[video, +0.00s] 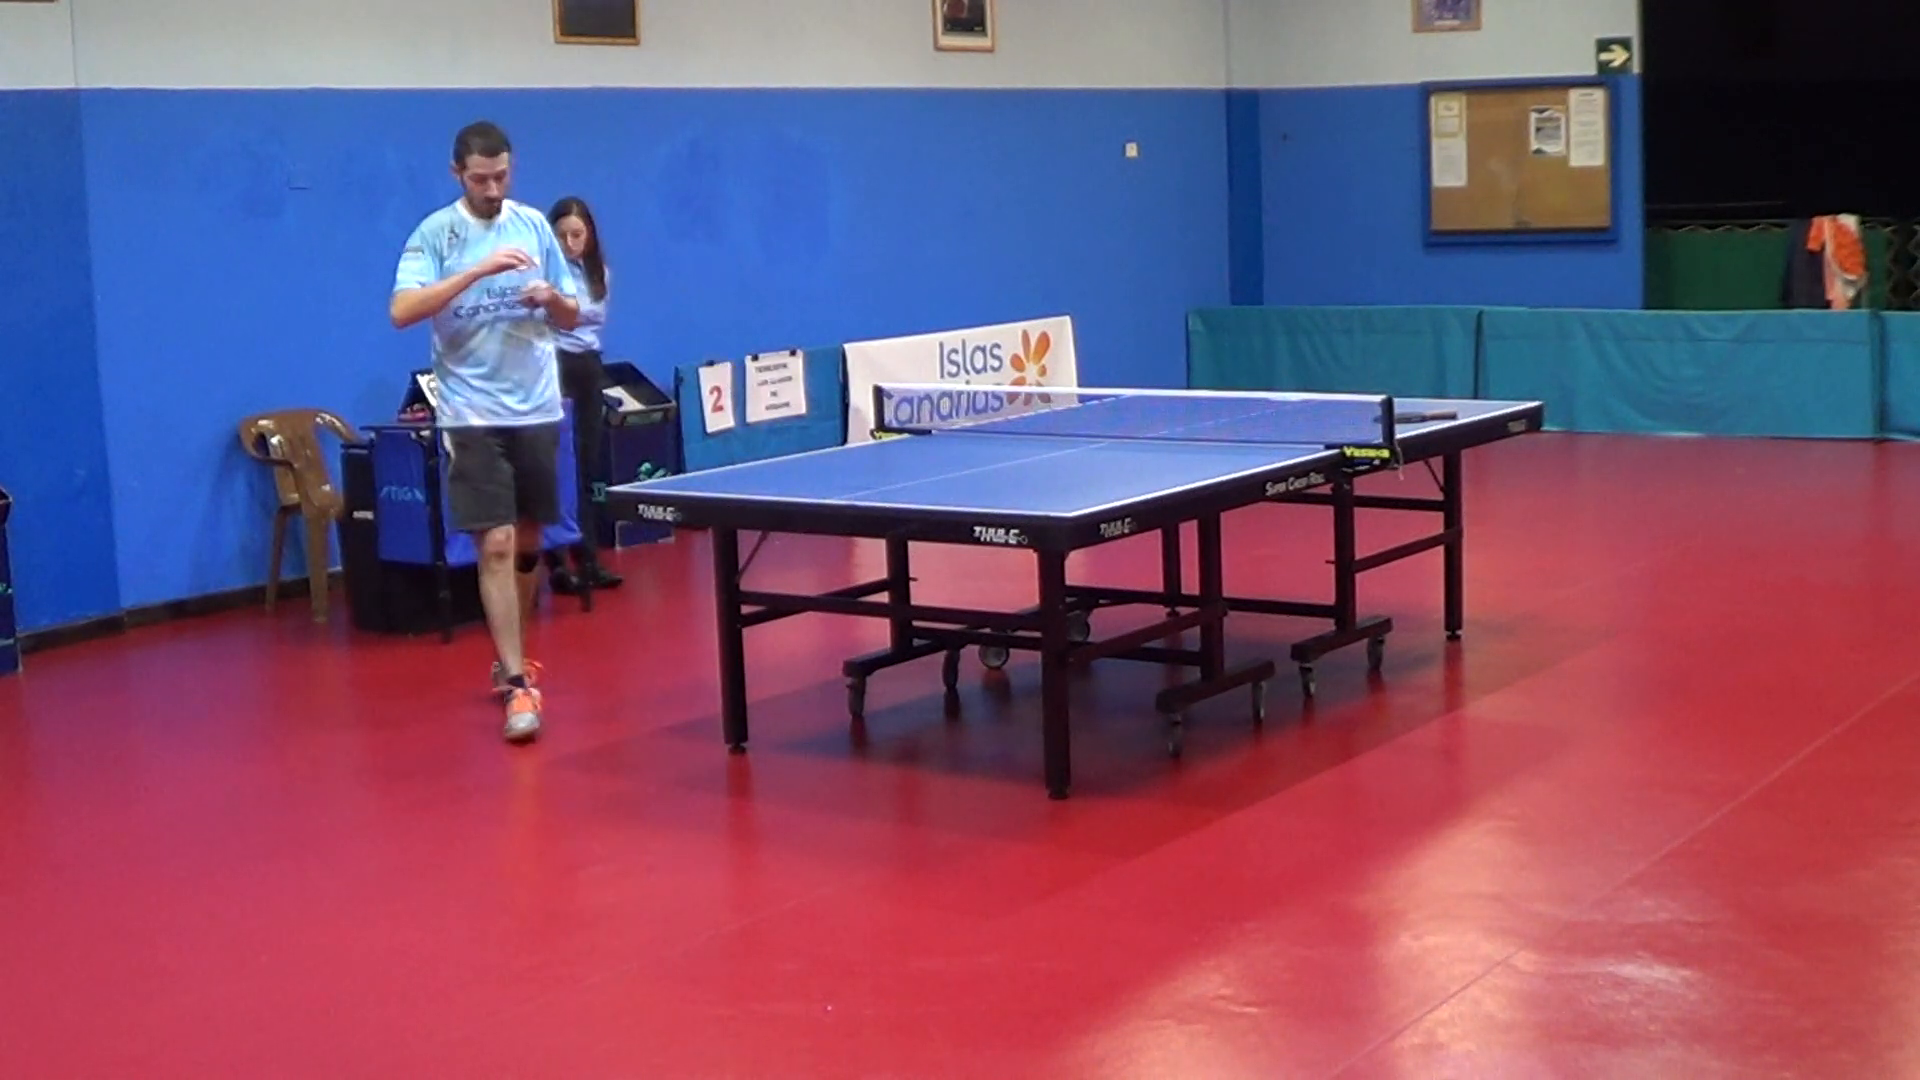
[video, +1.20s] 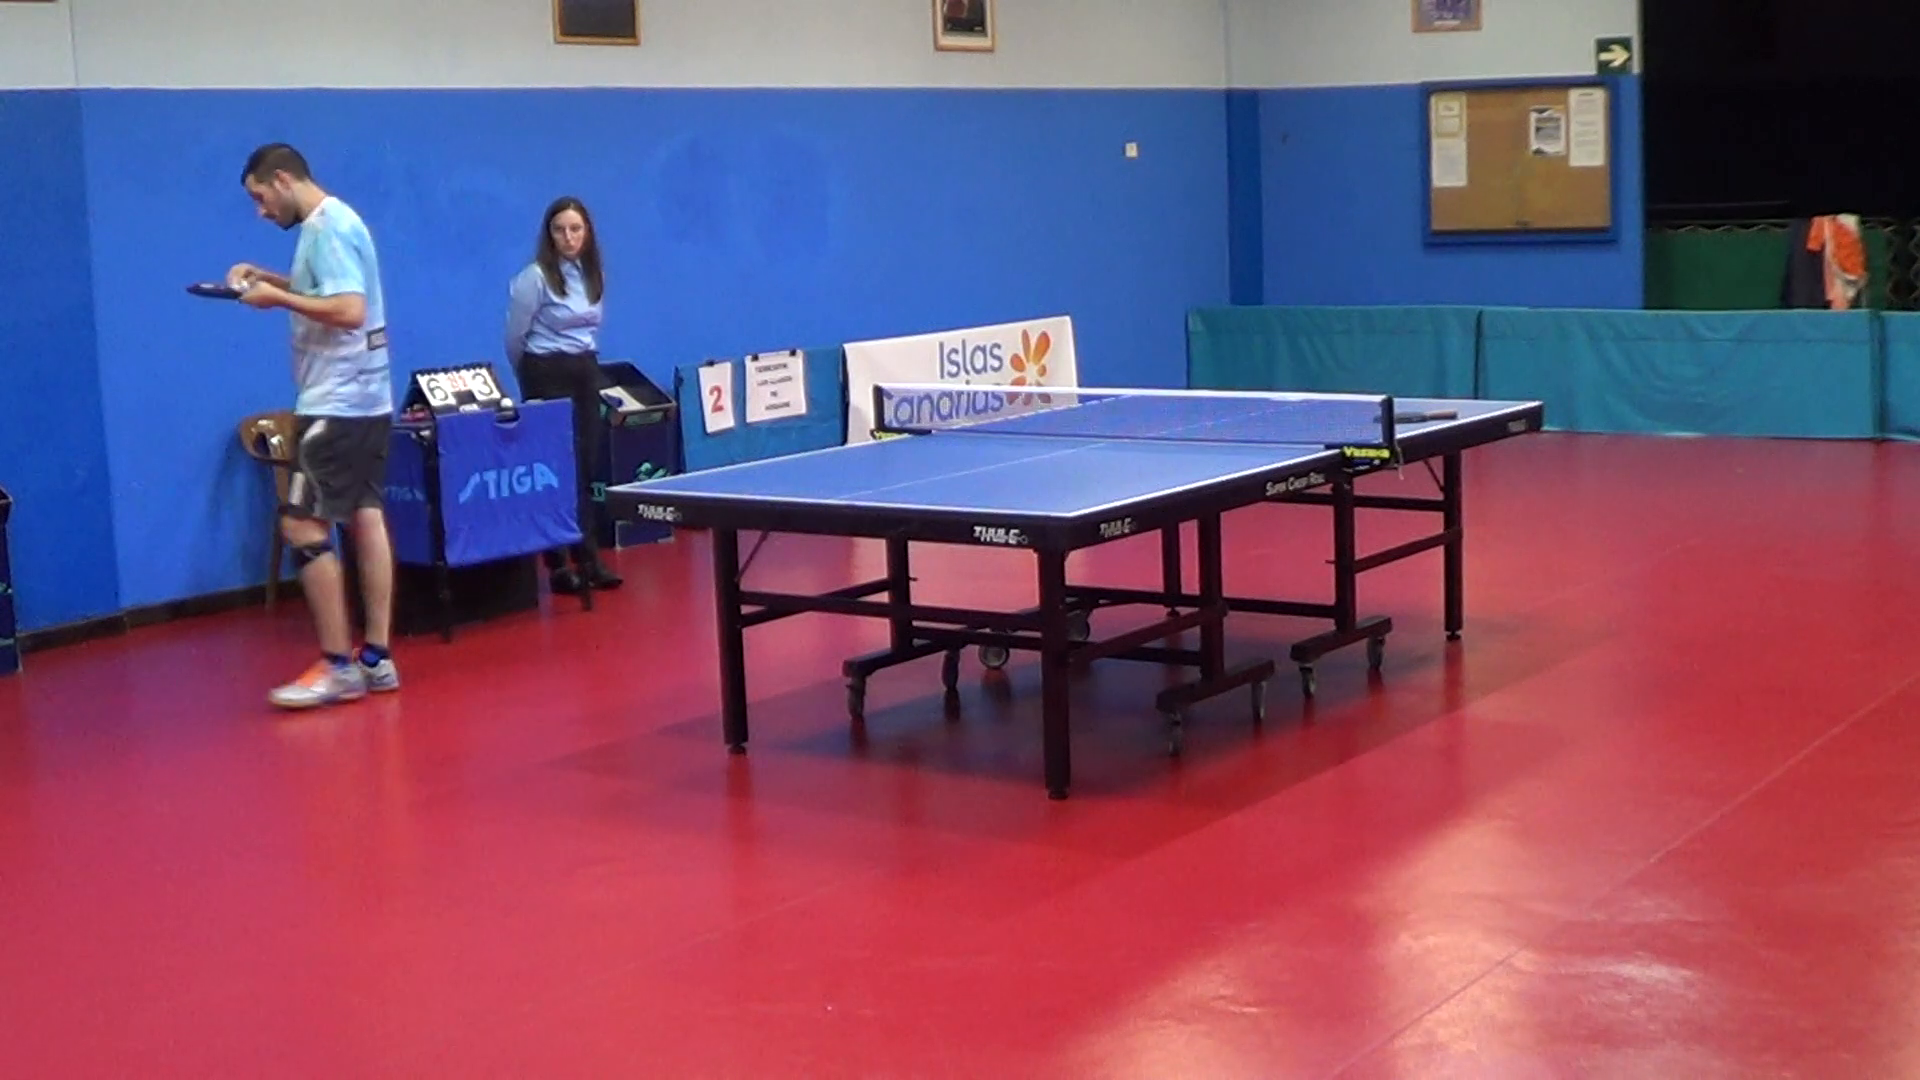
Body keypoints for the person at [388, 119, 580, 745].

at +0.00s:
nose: (492, 188)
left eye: (500, 177)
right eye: (482, 179)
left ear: (510, 169)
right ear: (459, 173)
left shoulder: (534, 225)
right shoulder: (434, 232)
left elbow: (571, 317)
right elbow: (402, 310)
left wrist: (551, 298)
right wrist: (475, 272)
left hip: (537, 407)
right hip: (472, 410)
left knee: (528, 546)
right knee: (497, 543)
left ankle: (514, 661)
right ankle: (517, 684)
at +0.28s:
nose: (465, 193)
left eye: (473, 181)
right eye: (454, 184)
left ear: (492, 168)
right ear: (442, 177)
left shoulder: (530, 224)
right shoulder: (424, 228)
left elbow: (567, 314)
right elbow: (366, 304)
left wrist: (523, 293)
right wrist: (425, 289)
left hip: (513, 404)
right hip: (443, 402)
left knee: (505, 536)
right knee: (445, 531)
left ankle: (508, 664)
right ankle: (450, 677)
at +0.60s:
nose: (398, 196)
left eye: (404, 182)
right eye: (389, 187)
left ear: (432, 168)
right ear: (384, 187)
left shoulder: (488, 223)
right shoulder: (389, 236)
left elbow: (531, 306)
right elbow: (335, 308)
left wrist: (458, 295)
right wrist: (341, 280)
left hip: (476, 407)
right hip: (407, 408)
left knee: (490, 530)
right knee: (386, 524)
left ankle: (506, 662)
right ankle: (378, 660)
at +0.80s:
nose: (336, 206)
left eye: (338, 192)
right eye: (330, 197)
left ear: (369, 175)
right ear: (350, 185)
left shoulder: (431, 223)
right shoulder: (360, 241)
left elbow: (465, 308)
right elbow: (321, 322)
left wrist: (383, 297)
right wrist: (315, 293)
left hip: (432, 412)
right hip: (376, 415)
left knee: (464, 535)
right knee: (382, 531)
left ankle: (501, 661)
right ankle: (375, 659)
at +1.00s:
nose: (293, 209)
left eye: (293, 196)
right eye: (287, 200)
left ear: (320, 178)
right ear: (314, 184)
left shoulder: (380, 224)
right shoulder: (334, 235)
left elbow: (406, 309)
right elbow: (334, 304)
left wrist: (329, 300)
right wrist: (288, 294)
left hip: (385, 406)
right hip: (347, 407)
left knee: (391, 528)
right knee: (365, 527)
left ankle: (449, 660)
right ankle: (374, 657)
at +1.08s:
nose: (280, 210)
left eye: (278, 196)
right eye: (274, 200)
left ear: (303, 178)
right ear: (303, 180)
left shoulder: (361, 226)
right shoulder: (334, 232)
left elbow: (385, 310)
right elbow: (340, 303)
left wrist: (307, 298)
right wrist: (287, 290)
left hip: (367, 404)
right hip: (341, 403)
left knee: (356, 528)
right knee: (367, 528)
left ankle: (406, 660)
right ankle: (375, 654)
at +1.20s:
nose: (261, 212)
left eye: (260, 198)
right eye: (256, 201)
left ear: (283, 181)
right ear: (289, 180)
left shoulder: (329, 230)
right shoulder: (334, 223)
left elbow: (350, 311)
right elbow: (324, 295)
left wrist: (279, 298)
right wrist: (269, 279)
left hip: (339, 405)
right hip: (362, 401)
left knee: (303, 526)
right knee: (367, 520)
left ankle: (339, 664)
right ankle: (377, 657)